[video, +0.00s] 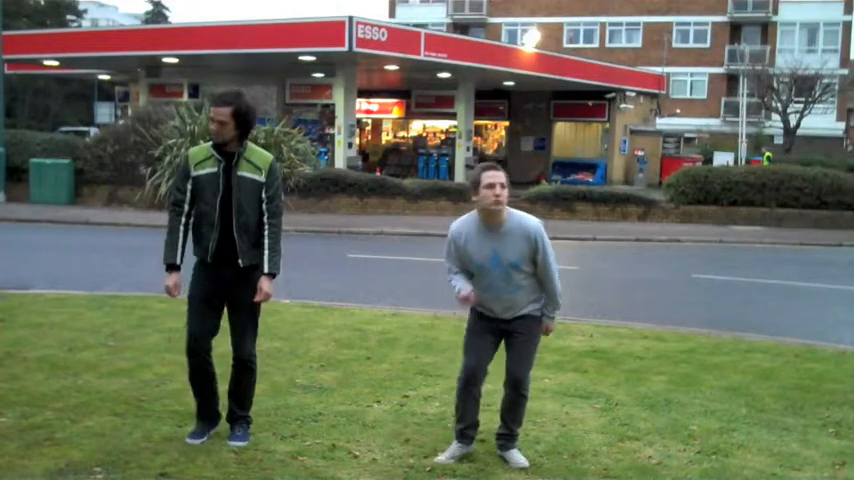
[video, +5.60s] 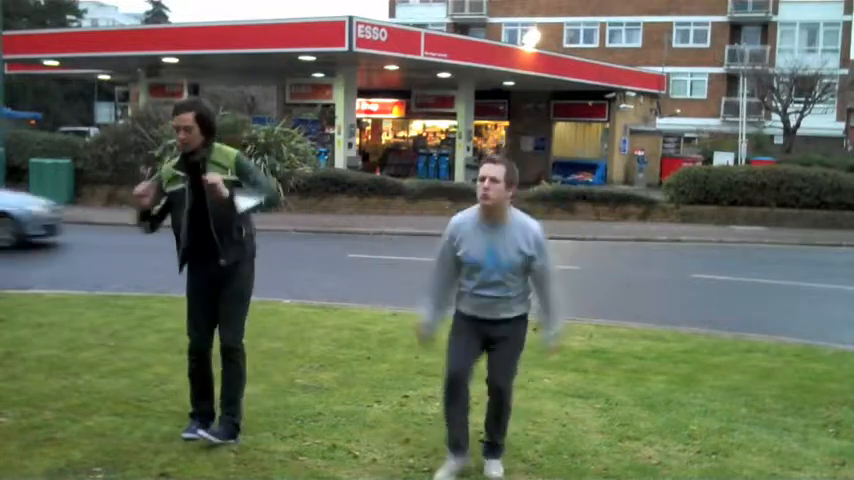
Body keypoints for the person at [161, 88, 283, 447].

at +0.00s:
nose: (213, 127)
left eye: (221, 122)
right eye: (211, 120)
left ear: (241, 125)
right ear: (210, 120)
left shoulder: (265, 166)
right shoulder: (194, 160)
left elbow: (273, 222)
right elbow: (178, 214)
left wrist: (268, 273)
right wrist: (172, 267)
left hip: (247, 273)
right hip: (206, 269)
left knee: (244, 352)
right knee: (196, 345)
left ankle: (240, 420)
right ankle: (207, 417)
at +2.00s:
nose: (211, 116)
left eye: (218, 112)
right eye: (211, 110)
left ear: (238, 119)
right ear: (216, 117)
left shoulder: (266, 166)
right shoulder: (198, 157)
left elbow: (272, 226)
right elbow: (182, 211)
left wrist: (260, 276)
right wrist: (176, 262)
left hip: (244, 272)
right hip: (205, 267)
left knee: (243, 352)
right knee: (184, 335)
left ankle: (239, 420)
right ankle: (196, 408)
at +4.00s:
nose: (242, 116)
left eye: (245, 110)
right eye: (234, 110)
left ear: (248, 115)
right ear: (214, 115)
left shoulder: (260, 158)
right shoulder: (188, 156)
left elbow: (266, 214)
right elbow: (168, 211)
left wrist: (262, 264)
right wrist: (174, 263)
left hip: (245, 268)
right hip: (205, 267)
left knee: (243, 348)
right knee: (206, 347)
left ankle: (240, 420)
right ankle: (205, 418)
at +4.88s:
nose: (218, 130)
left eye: (226, 124)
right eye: (215, 123)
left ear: (243, 128)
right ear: (211, 125)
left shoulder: (264, 167)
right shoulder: (196, 162)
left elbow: (275, 212)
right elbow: (182, 206)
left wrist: (257, 216)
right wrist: (188, 210)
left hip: (242, 269)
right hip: (203, 267)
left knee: (243, 349)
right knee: (193, 343)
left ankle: (242, 422)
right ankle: (183, 418)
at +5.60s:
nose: (180, 136)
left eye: (187, 130)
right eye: (177, 130)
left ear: (205, 131)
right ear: (173, 131)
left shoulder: (230, 159)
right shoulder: (171, 169)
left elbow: (271, 193)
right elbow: (154, 221)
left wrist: (229, 195)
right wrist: (147, 207)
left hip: (235, 261)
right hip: (199, 263)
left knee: (231, 342)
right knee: (197, 342)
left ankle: (229, 425)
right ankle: (201, 418)